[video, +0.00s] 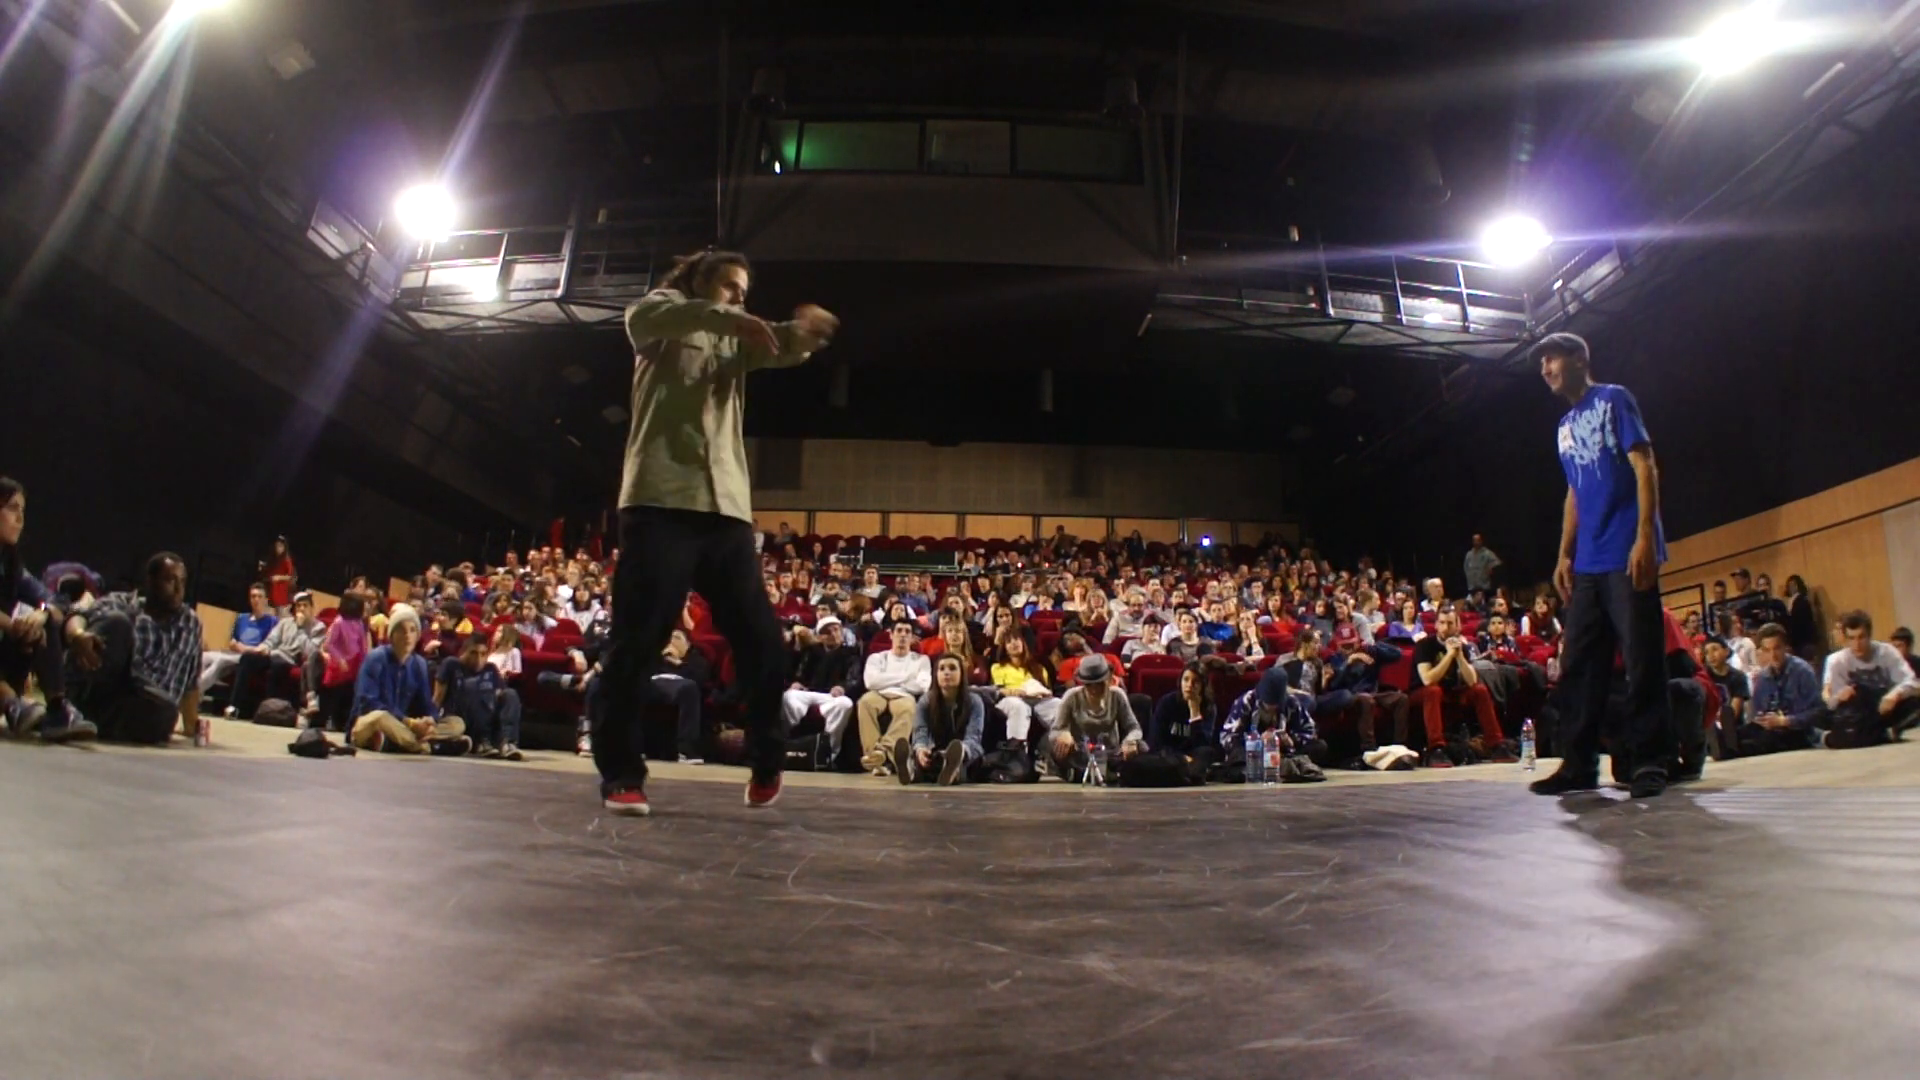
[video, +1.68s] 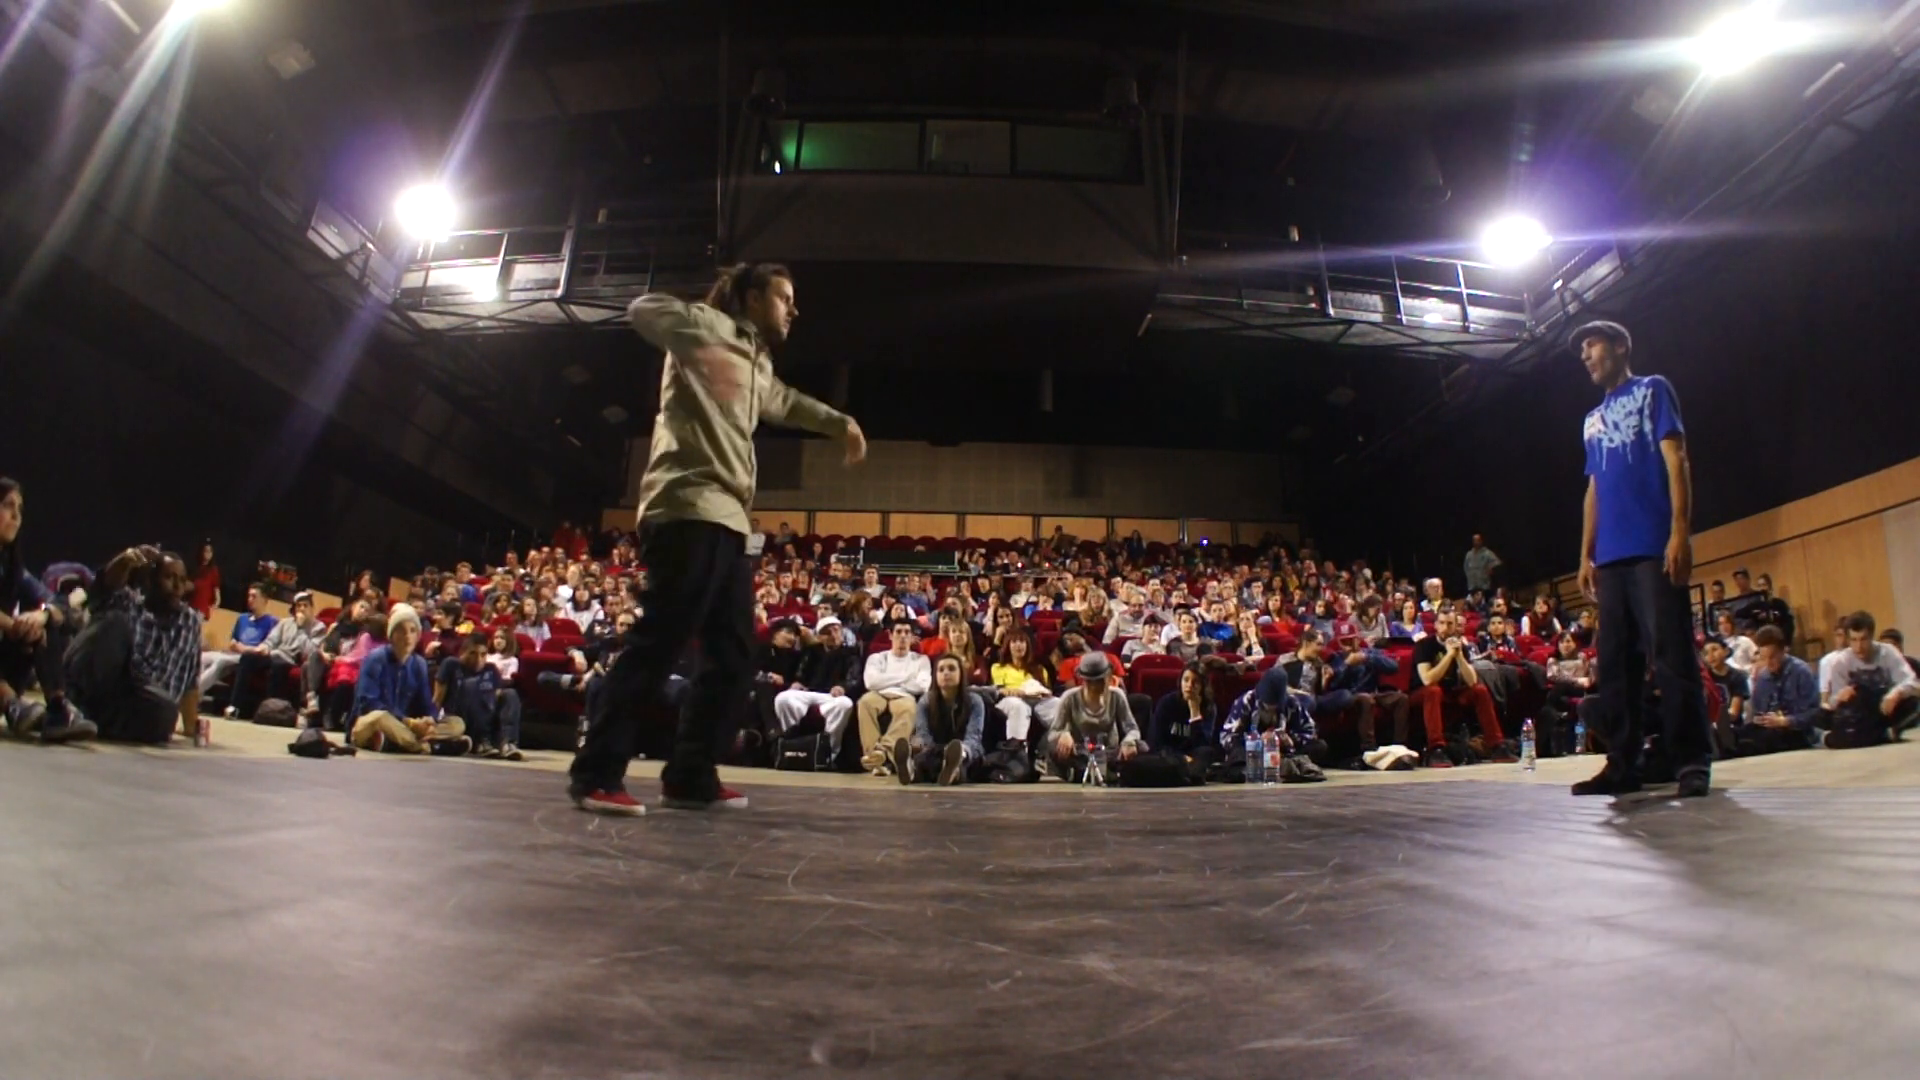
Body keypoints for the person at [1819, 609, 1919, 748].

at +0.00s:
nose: (1857, 643)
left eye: (1861, 637)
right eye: (1851, 638)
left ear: (1869, 636)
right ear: (1845, 639)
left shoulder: (1887, 652)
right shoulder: (1836, 661)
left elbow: (1911, 681)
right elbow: (1830, 702)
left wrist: (1894, 695)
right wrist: (1839, 696)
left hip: (1886, 703)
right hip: (1857, 705)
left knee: (1914, 704)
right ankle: (1884, 734)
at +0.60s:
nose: (1857, 643)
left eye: (1862, 637)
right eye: (1852, 638)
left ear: (1870, 636)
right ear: (1846, 638)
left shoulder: (1887, 652)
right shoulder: (1835, 662)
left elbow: (1911, 681)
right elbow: (1827, 703)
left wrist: (1894, 694)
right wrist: (1838, 697)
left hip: (1885, 704)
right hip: (1855, 706)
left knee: (1913, 703)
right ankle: (1884, 734)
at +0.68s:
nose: (1857, 644)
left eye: (1862, 637)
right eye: (1852, 638)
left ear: (1870, 636)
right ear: (1846, 638)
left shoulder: (1887, 652)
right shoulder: (1835, 662)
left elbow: (1911, 681)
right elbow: (1827, 703)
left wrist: (1894, 694)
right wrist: (1838, 697)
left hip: (1884, 705)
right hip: (1855, 707)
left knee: (1914, 703)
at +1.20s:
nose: (1858, 645)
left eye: (1863, 639)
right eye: (1853, 640)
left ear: (1871, 637)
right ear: (1847, 639)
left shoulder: (1887, 652)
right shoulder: (1839, 661)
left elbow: (1910, 681)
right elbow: (1828, 703)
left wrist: (1894, 695)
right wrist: (1839, 697)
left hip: (1884, 705)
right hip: (1856, 707)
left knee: (1913, 704)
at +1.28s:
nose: (1859, 645)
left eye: (1863, 639)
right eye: (1853, 639)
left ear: (1871, 636)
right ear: (1847, 639)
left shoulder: (1887, 652)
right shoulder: (1839, 661)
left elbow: (1911, 681)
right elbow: (1828, 703)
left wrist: (1894, 695)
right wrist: (1839, 697)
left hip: (1884, 704)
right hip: (1856, 706)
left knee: (1913, 704)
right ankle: (1884, 734)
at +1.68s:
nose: (1858, 645)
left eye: (1863, 639)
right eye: (1853, 640)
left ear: (1872, 637)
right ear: (1849, 639)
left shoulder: (1888, 652)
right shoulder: (1840, 661)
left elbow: (1911, 680)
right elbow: (1832, 702)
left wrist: (1895, 694)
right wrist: (1840, 696)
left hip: (1885, 704)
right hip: (1857, 707)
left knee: (1912, 703)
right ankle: (1884, 734)